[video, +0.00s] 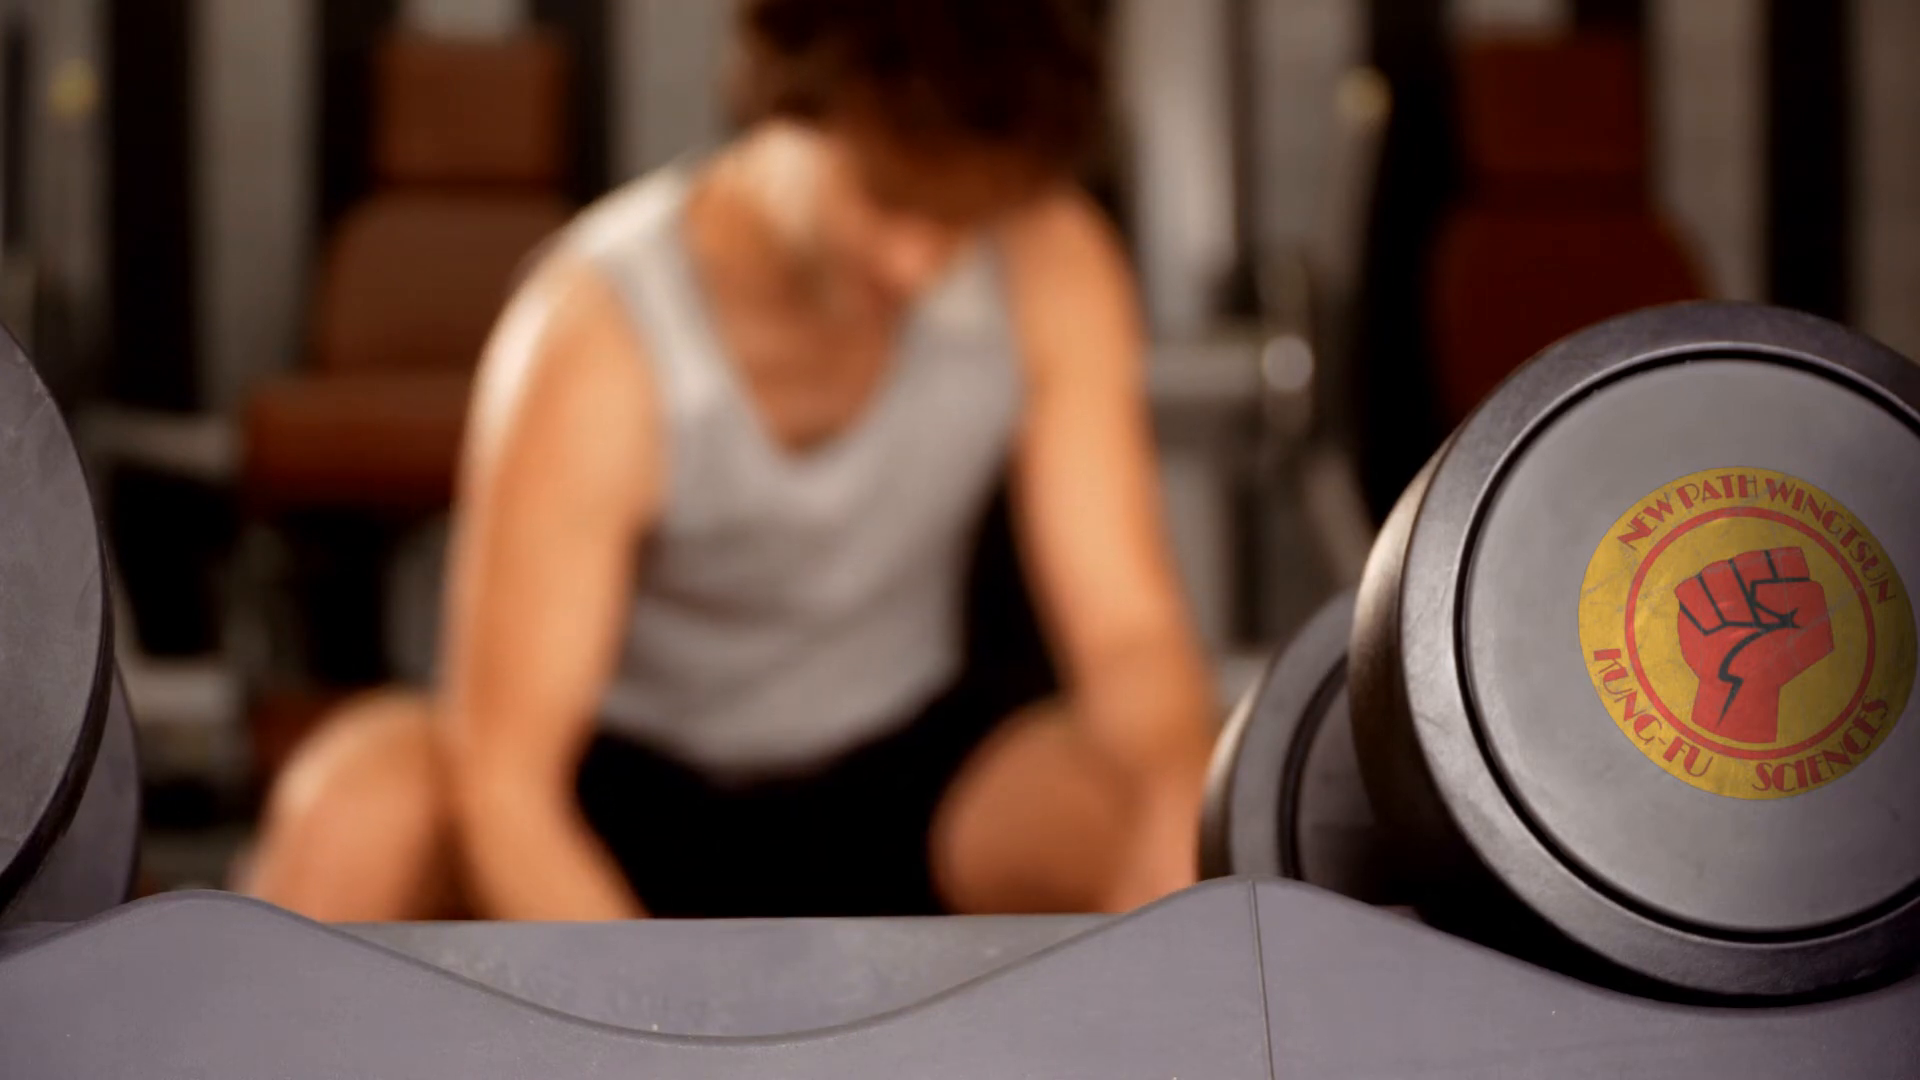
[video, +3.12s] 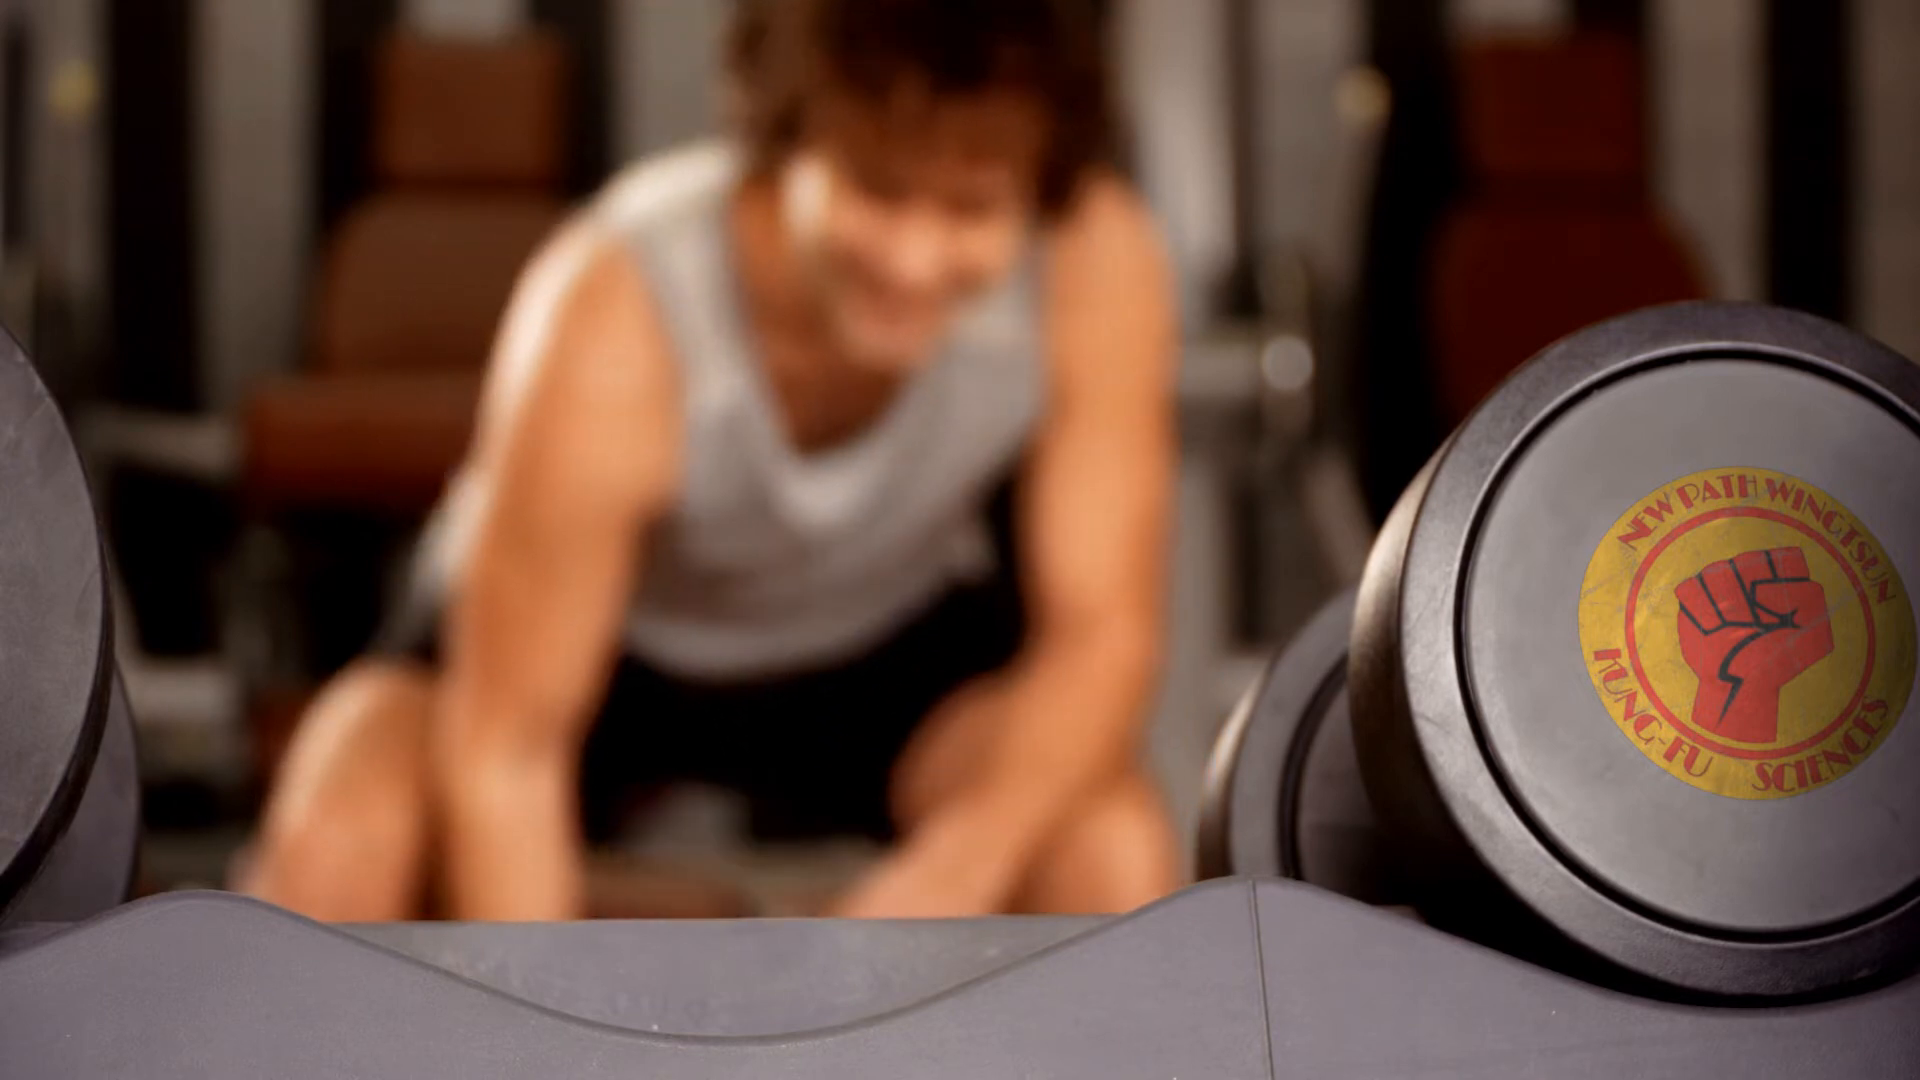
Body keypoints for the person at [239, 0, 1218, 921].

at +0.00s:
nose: (920, 264)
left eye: (970, 218)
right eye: (888, 201)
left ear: (1015, 172)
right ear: (792, 114)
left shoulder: (1044, 252)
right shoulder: (595, 328)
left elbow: (1130, 643)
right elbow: (504, 780)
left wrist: (1178, 874)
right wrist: (663, 1034)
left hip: (900, 784)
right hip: (628, 797)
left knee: (1184, 809)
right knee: (354, 790)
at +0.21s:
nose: (914, 238)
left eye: (962, 192)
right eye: (880, 176)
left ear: (1013, 158)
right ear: (785, 86)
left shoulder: (1043, 254)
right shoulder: (577, 308)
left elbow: (1133, 637)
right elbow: (507, 743)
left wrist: (1180, 861)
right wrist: (718, 896)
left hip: (902, 783)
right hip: (627, 794)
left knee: (1196, 789)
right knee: (369, 794)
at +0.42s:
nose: (906, 229)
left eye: (953, 181)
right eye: (871, 166)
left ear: (1006, 145)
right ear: (772, 78)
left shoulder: (1029, 255)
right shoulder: (537, 310)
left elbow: (1129, 628)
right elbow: (517, 725)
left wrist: (1189, 830)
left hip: (889, 807)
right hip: (615, 812)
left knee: (1186, 784)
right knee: (378, 778)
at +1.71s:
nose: (875, 205)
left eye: (924, 158)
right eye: (842, 145)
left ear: (981, 123)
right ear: (748, 68)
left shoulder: (1024, 253)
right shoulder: (526, 319)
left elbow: (1125, 635)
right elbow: (519, 741)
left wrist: (1167, 863)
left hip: (907, 792)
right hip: (628, 791)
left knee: (1191, 770)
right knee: (362, 789)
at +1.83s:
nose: (875, 204)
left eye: (925, 159)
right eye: (843, 144)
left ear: (989, 126)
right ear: (754, 71)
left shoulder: (1035, 255)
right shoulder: (542, 324)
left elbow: (1123, 633)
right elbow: (516, 756)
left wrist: (1161, 857)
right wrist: (640, 968)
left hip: (902, 780)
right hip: (618, 788)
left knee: (1187, 803)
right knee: (357, 796)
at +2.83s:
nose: (894, 328)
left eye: (948, 281)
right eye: (857, 262)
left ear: (1015, 266)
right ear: (772, 205)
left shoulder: (1046, 286)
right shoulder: (583, 397)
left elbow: (1101, 661)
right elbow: (508, 830)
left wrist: (1005, 814)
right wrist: (518, 1076)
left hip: (893, 783)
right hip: (613, 796)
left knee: (1138, 829)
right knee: (344, 803)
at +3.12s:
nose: (919, 256)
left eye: (972, 208)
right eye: (876, 190)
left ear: (1041, 193)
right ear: (784, 144)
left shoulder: (1095, 252)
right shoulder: (615, 300)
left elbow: (1099, 640)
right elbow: (507, 739)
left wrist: (895, 932)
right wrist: (538, 1035)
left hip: (881, 671)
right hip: (578, 675)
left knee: (1119, 849)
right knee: (344, 819)